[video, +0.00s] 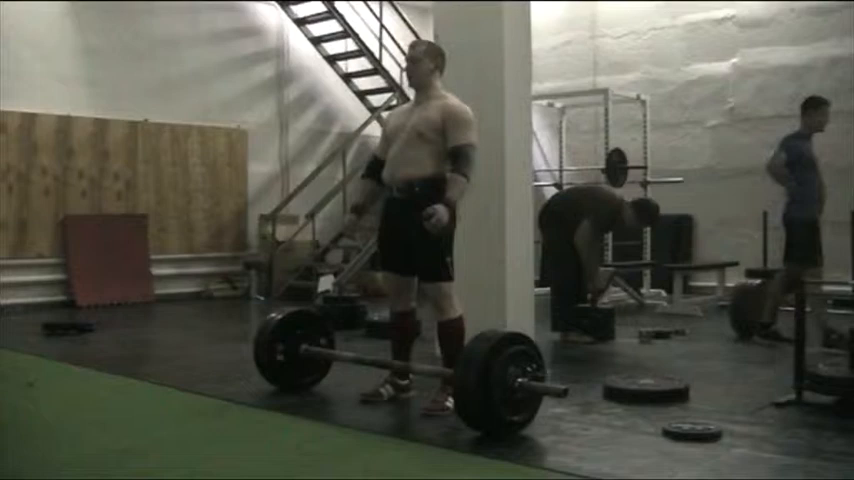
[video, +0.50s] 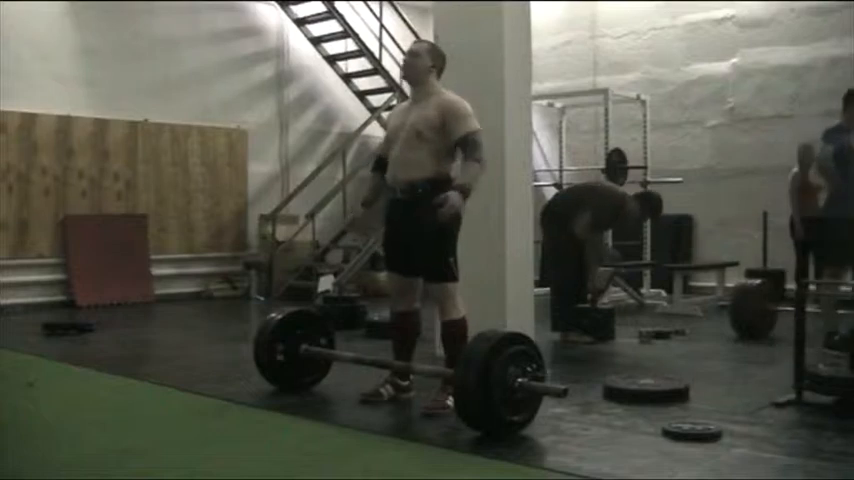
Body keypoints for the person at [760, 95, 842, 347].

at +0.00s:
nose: (826, 121)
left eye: (826, 116)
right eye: (823, 116)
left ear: (814, 117)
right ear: (808, 115)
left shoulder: (805, 144)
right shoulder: (793, 142)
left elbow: (809, 175)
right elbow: (773, 166)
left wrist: (816, 194)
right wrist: (792, 185)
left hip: (806, 215)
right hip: (799, 216)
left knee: (794, 271)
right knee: (811, 273)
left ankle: (767, 322)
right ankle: (822, 330)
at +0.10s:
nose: (833, 119)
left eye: (834, 114)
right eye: (830, 114)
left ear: (820, 115)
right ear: (815, 113)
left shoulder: (812, 143)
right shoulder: (801, 142)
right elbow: (782, 165)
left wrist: (823, 194)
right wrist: (799, 183)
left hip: (815, 218)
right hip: (806, 219)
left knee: (806, 275)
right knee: (813, 276)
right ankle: (820, 331)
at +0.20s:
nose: (844, 118)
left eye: (844, 112)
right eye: (840, 112)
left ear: (830, 113)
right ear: (827, 112)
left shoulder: (821, 142)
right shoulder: (811, 143)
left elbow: (820, 185)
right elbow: (800, 186)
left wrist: (834, 218)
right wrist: (798, 219)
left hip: (826, 219)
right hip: (815, 220)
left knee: (823, 277)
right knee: (815, 279)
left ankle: (818, 333)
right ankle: (811, 340)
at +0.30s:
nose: (850, 117)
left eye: (850, 111)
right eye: (847, 111)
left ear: (831, 111)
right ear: (836, 111)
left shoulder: (819, 141)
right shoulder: (822, 144)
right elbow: (833, 188)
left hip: (821, 220)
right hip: (822, 221)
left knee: (823, 280)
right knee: (823, 280)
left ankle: (820, 333)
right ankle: (817, 337)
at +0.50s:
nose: (850, 114)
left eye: (849, 108)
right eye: (850, 108)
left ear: (845, 108)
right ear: (845, 108)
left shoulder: (835, 135)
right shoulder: (835, 135)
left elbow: (822, 163)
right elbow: (823, 162)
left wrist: (836, 185)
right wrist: (838, 186)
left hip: (839, 214)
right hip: (837, 214)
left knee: (832, 277)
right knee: (831, 276)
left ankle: (831, 332)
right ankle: (830, 332)